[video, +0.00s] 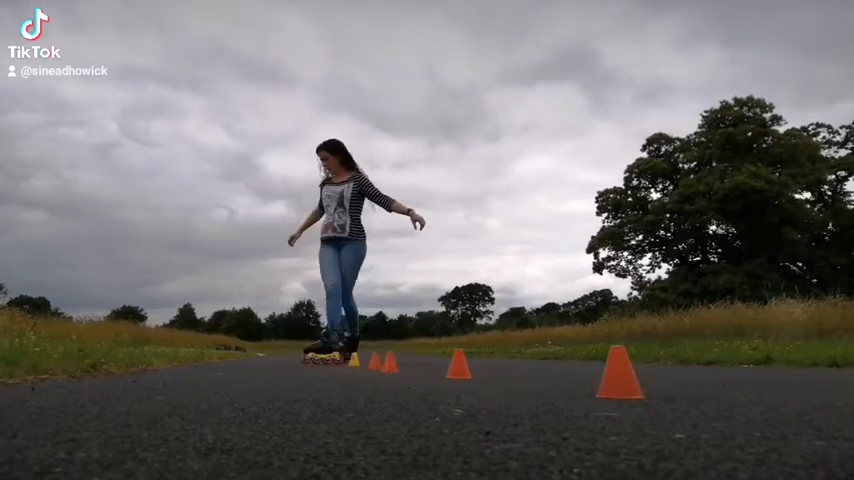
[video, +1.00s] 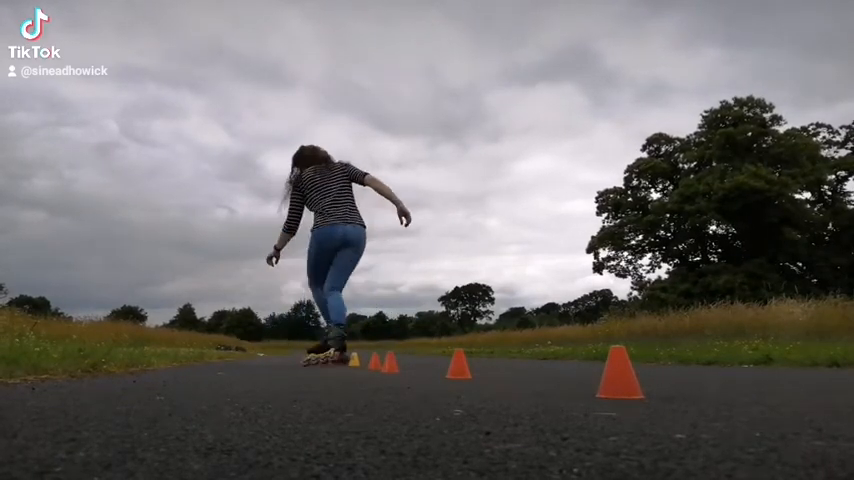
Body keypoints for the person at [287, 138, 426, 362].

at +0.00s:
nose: (324, 164)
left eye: (326, 159)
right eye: (321, 160)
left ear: (339, 157)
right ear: (323, 162)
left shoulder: (358, 180)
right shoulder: (326, 184)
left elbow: (383, 200)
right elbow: (319, 210)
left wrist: (409, 212)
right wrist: (299, 231)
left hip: (352, 242)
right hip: (328, 243)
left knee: (344, 293)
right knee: (332, 287)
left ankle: (352, 338)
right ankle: (332, 337)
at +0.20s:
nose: (304, 164)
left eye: (305, 159)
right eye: (302, 160)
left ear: (318, 154)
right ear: (307, 159)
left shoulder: (339, 173)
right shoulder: (312, 179)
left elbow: (352, 196)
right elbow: (320, 209)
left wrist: (363, 213)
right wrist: (312, 236)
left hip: (337, 239)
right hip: (314, 240)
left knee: (315, 287)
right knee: (294, 287)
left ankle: (318, 342)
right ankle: (269, 338)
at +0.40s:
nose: (286, 165)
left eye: (285, 159)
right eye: (283, 161)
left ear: (295, 153)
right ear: (295, 155)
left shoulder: (312, 169)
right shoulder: (307, 172)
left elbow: (314, 204)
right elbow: (310, 207)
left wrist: (301, 232)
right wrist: (300, 234)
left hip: (323, 235)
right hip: (313, 236)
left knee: (291, 281)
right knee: (279, 279)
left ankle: (288, 338)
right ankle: (272, 332)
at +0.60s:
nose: (279, 168)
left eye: (279, 163)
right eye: (277, 164)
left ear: (286, 158)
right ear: (298, 155)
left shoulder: (289, 173)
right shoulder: (321, 173)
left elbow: (276, 208)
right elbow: (345, 204)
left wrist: (253, 232)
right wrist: (350, 237)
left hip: (307, 231)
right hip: (329, 234)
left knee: (271, 276)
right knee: (296, 285)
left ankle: (251, 335)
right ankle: (286, 334)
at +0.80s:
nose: (279, 175)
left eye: (279, 171)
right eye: (279, 171)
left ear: (284, 167)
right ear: (305, 160)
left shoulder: (285, 181)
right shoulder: (327, 172)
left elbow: (267, 220)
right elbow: (355, 191)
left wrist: (243, 241)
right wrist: (377, 222)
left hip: (313, 232)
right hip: (340, 236)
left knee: (267, 277)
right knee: (311, 291)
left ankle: (266, 339)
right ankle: (297, 334)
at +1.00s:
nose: (296, 172)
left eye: (296, 168)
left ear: (299, 165)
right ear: (323, 156)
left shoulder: (300, 181)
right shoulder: (341, 167)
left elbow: (292, 222)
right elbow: (371, 180)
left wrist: (277, 248)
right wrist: (399, 203)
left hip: (326, 231)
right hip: (356, 230)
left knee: (317, 286)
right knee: (334, 288)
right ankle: (337, 336)